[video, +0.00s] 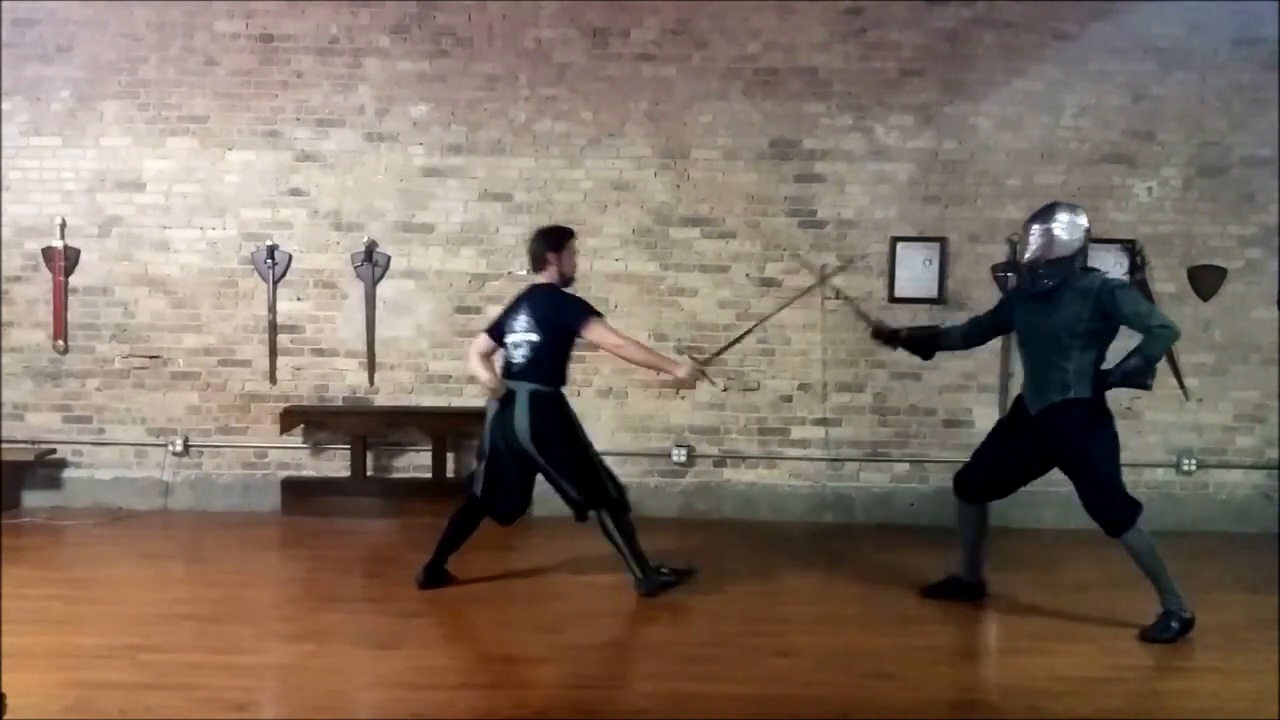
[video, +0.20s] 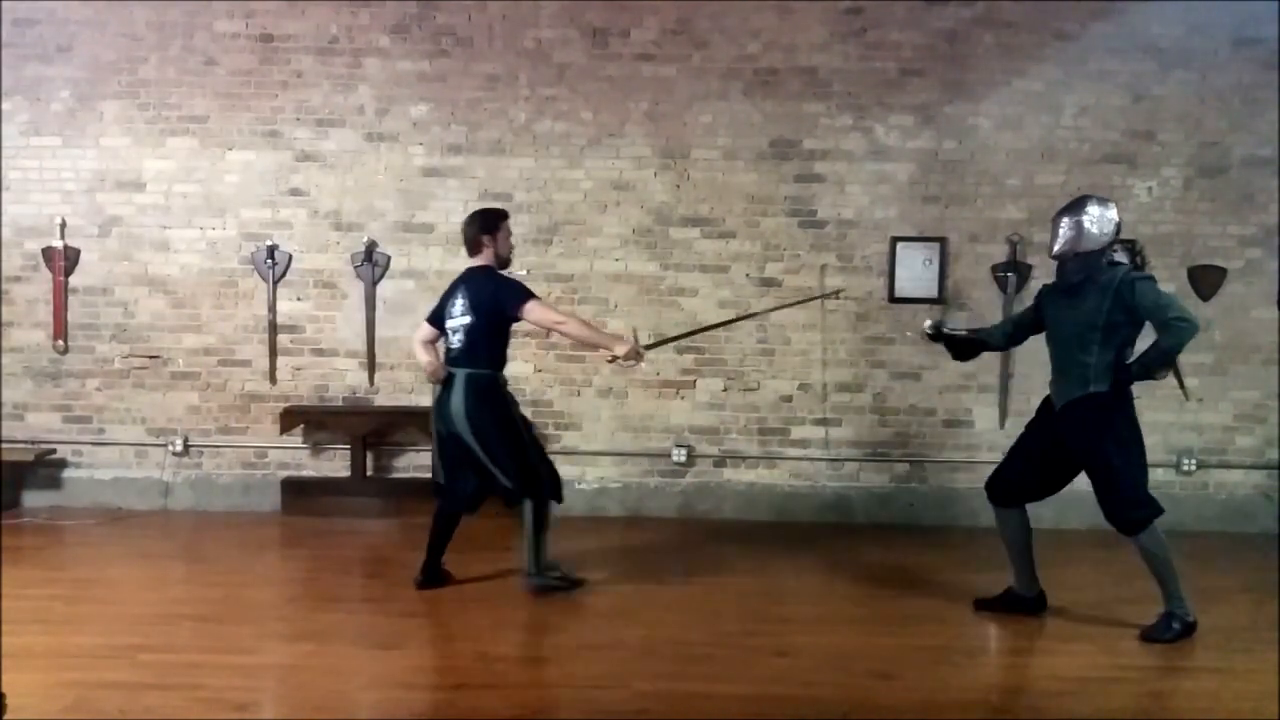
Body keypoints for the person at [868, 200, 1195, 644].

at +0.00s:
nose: (1029, 253)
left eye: (1040, 245)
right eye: (1029, 243)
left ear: (1065, 247)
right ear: (1032, 244)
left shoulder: (1101, 290)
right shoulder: (1022, 298)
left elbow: (1163, 330)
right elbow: (968, 334)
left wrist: (1120, 373)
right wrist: (902, 338)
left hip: (1082, 418)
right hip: (1030, 418)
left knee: (1113, 511)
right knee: (970, 487)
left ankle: (1176, 608)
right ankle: (969, 579)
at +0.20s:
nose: (1061, 240)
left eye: (1072, 229)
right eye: (1060, 229)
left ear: (1096, 233)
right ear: (1063, 234)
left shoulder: (1126, 283)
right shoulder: (1053, 295)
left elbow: (1181, 325)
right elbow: (1010, 331)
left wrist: (1134, 372)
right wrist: (968, 341)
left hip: (1107, 413)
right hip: (1060, 415)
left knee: (1130, 512)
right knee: (1004, 490)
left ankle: (1179, 611)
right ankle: (1026, 592)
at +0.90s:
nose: (1064, 235)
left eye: (1074, 225)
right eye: (1065, 225)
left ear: (1099, 227)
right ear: (1072, 229)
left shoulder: (1135, 278)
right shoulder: (1063, 294)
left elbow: (1195, 320)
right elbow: (1033, 353)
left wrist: (1148, 368)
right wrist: (991, 398)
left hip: (1116, 411)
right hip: (1068, 412)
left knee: (1141, 508)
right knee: (1019, 492)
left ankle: (1180, 612)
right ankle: (1025, 592)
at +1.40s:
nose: (1045, 247)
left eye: (1053, 236)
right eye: (1044, 236)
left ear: (1077, 237)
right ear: (1064, 237)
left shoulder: (1105, 282)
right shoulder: (1064, 286)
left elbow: (1154, 321)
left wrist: (1115, 375)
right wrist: (1059, 388)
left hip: (1098, 416)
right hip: (1058, 414)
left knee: (1132, 511)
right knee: (1003, 492)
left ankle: (1180, 611)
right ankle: (1023, 591)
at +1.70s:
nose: (1035, 245)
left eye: (1042, 235)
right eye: (1035, 235)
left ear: (1067, 237)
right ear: (1059, 239)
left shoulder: (1094, 284)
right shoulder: (1058, 287)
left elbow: (1143, 324)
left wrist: (1106, 378)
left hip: (1091, 417)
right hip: (1051, 415)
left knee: (1127, 512)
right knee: (998, 493)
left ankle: (1179, 612)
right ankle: (1023, 591)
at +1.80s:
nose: (1033, 246)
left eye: (1040, 236)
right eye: (1033, 236)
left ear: (1064, 238)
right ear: (1061, 240)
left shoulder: (1095, 283)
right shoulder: (1057, 286)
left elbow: (1143, 324)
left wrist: (1108, 376)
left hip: (1092, 416)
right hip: (1050, 414)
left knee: (1128, 511)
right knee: (998, 492)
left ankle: (1179, 612)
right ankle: (1023, 591)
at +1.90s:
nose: (1033, 248)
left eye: (1040, 237)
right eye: (1032, 238)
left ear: (1064, 239)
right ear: (1060, 241)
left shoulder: (1095, 284)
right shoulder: (1057, 288)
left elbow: (1144, 323)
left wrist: (1110, 375)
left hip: (1092, 416)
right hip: (1050, 414)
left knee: (1129, 512)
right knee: (998, 492)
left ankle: (1180, 612)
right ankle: (1023, 591)